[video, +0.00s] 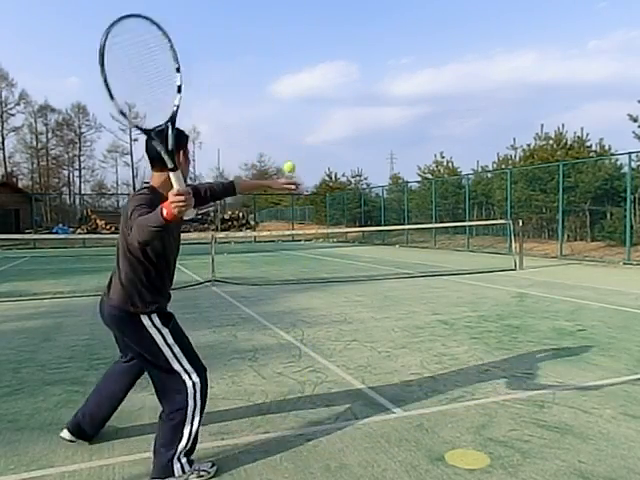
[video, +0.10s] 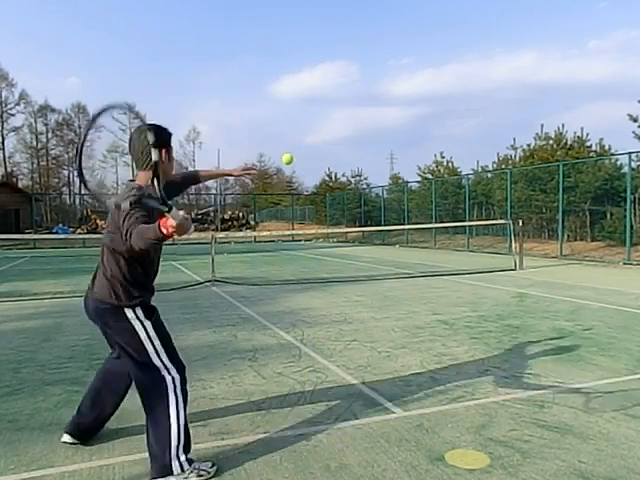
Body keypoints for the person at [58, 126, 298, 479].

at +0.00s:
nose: (190, 159)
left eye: (187, 153)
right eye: (187, 153)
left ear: (155, 161)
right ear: (179, 158)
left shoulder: (169, 194)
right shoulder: (145, 202)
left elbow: (218, 191)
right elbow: (140, 228)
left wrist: (268, 184)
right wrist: (164, 213)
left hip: (118, 304)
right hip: (142, 310)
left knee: (134, 359)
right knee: (190, 378)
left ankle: (83, 425)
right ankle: (173, 465)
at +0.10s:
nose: (174, 161)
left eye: (172, 154)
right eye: (172, 154)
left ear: (142, 157)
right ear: (161, 155)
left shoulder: (150, 191)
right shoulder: (136, 202)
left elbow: (188, 179)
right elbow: (136, 234)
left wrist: (228, 172)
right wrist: (163, 229)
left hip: (103, 299)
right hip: (125, 304)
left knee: (126, 359)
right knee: (170, 375)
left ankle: (82, 427)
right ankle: (173, 466)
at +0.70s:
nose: (48, 153)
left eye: (48, 148)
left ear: (48, 150)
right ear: (82, 149)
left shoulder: (64, 185)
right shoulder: (93, 181)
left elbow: (83, 226)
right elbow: (38, 208)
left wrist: (52, 261)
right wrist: (17, 200)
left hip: (76, 279)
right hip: (111, 275)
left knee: (63, 355)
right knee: (117, 348)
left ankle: (74, 432)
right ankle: (150, 416)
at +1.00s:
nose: (44, 143)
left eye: (45, 138)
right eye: (83, 139)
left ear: (46, 142)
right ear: (80, 143)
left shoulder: (52, 180)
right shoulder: (91, 178)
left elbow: (52, 236)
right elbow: (84, 228)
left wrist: (44, 272)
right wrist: (41, 241)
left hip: (72, 279)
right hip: (110, 272)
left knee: (64, 358)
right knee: (114, 347)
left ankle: (73, 434)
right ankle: (155, 407)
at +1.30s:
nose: (104, 138)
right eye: (105, 133)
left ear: (67, 135)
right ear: (102, 136)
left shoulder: (52, 180)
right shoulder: (122, 177)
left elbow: (45, 237)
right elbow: (144, 228)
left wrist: (66, 266)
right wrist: (128, 260)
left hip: (79, 278)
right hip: (121, 276)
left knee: (73, 354)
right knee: (125, 353)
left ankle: (70, 434)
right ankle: (127, 437)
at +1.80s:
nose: (166, 132)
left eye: (164, 126)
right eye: (165, 126)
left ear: (130, 131)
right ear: (159, 128)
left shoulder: (110, 180)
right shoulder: (164, 169)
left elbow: (94, 231)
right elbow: (176, 224)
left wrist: (107, 272)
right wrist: (206, 266)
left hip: (126, 276)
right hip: (154, 273)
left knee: (167, 347)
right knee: (153, 358)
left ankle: (172, 423)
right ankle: (123, 447)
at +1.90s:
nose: (176, 131)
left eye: (174, 125)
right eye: (175, 125)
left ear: (141, 131)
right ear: (168, 128)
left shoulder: (132, 176)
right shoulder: (168, 169)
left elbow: (133, 236)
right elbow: (174, 227)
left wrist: (132, 287)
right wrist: (206, 272)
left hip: (145, 273)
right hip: (161, 274)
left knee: (185, 354)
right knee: (159, 363)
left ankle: (201, 429)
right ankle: (127, 445)